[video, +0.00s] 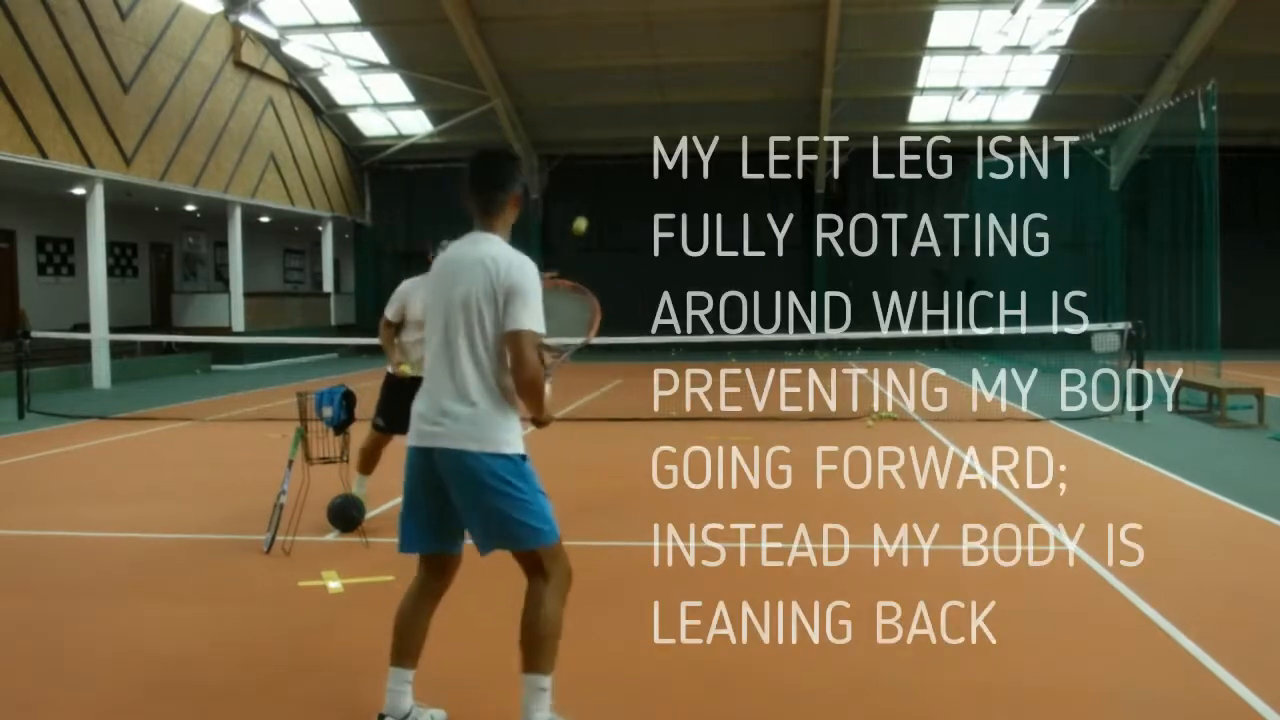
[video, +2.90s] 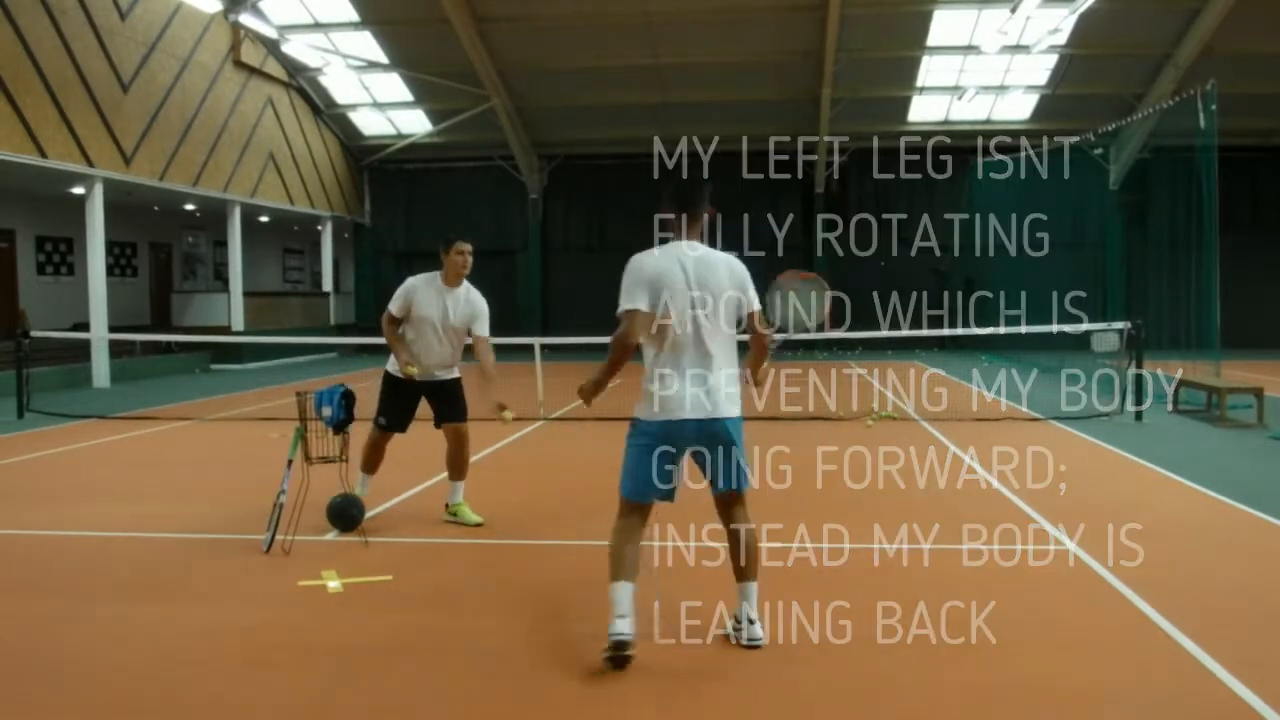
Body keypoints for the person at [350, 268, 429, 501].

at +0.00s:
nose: (448, 262)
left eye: (453, 257)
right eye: (443, 255)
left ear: (460, 261)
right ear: (432, 258)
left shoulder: (462, 293)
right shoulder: (411, 288)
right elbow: (387, 325)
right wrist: (394, 359)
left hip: (444, 378)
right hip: (406, 376)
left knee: (445, 442)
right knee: (379, 436)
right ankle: (359, 491)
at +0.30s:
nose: (410, 254)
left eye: (413, 249)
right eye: (404, 249)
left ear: (417, 255)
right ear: (388, 255)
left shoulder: (430, 291)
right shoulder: (369, 294)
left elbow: (448, 330)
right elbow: (349, 338)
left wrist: (449, 341)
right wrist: (372, 364)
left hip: (422, 381)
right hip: (380, 384)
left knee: (443, 435)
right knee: (363, 444)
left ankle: (459, 500)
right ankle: (341, 492)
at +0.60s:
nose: (381, 248)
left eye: (384, 243)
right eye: (374, 243)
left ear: (388, 248)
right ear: (361, 247)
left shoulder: (397, 283)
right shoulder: (342, 285)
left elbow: (402, 321)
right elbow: (319, 329)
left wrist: (412, 342)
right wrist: (348, 357)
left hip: (392, 376)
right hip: (353, 380)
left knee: (416, 430)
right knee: (345, 442)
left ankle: (421, 496)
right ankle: (337, 498)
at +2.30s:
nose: (396, 252)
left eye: (396, 247)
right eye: (394, 247)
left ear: (381, 248)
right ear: (381, 248)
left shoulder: (390, 281)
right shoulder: (346, 284)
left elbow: (402, 319)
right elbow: (326, 331)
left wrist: (443, 328)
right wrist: (362, 358)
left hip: (395, 374)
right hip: (358, 380)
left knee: (423, 425)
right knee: (349, 440)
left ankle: (428, 492)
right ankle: (337, 496)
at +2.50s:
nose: (420, 257)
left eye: (422, 252)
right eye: (414, 252)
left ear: (421, 256)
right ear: (396, 254)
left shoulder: (423, 291)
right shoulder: (369, 288)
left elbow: (438, 331)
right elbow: (343, 330)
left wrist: (475, 356)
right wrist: (369, 361)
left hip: (408, 382)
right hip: (367, 383)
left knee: (430, 436)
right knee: (350, 442)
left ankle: (451, 501)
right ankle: (337, 497)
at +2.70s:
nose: (454, 266)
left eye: (457, 260)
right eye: (447, 260)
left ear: (460, 265)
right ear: (431, 262)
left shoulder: (461, 304)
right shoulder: (401, 291)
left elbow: (463, 352)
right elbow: (372, 325)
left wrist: (473, 399)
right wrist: (386, 364)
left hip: (431, 380)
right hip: (390, 379)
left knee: (452, 433)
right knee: (364, 437)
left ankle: (455, 503)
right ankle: (340, 490)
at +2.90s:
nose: (467, 260)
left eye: (469, 255)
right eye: (460, 254)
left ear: (472, 260)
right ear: (444, 257)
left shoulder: (475, 301)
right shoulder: (415, 286)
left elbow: (483, 347)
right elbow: (389, 322)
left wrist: (492, 392)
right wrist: (403, 358)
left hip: (445, 376)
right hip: (404, 374)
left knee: (459, 433)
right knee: (380, 434)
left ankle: (456, 503)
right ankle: (359, 495)